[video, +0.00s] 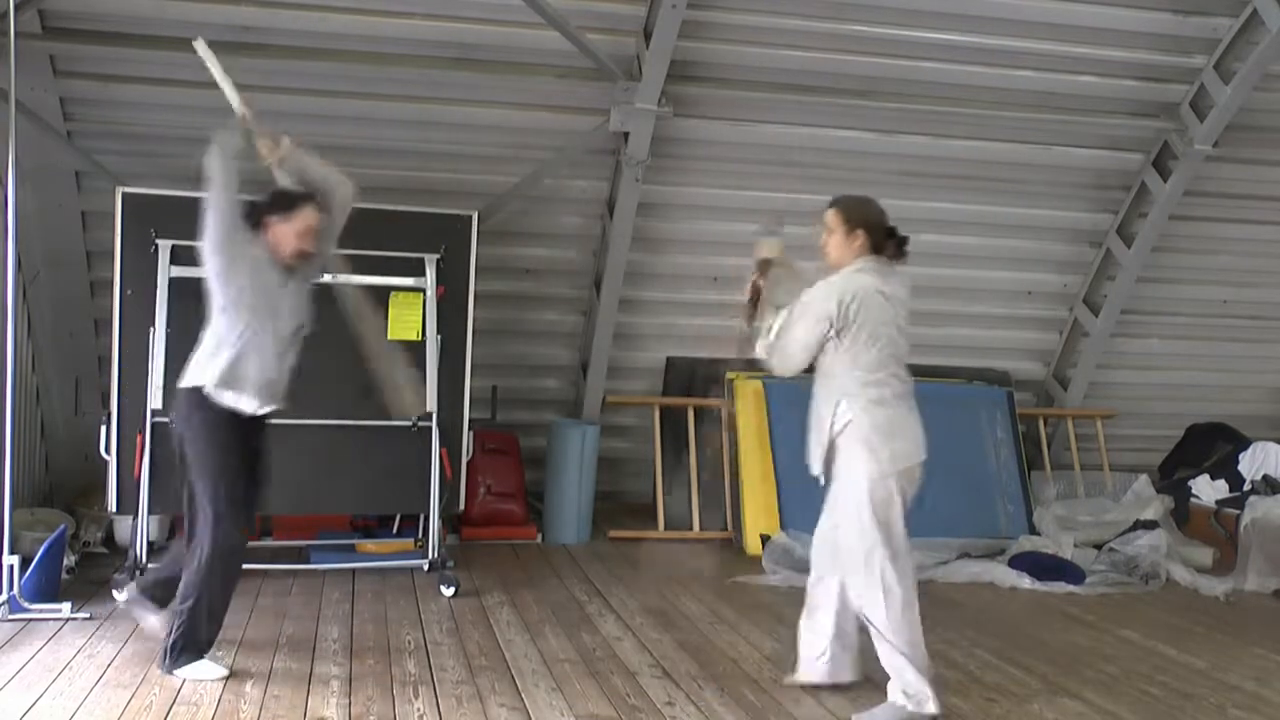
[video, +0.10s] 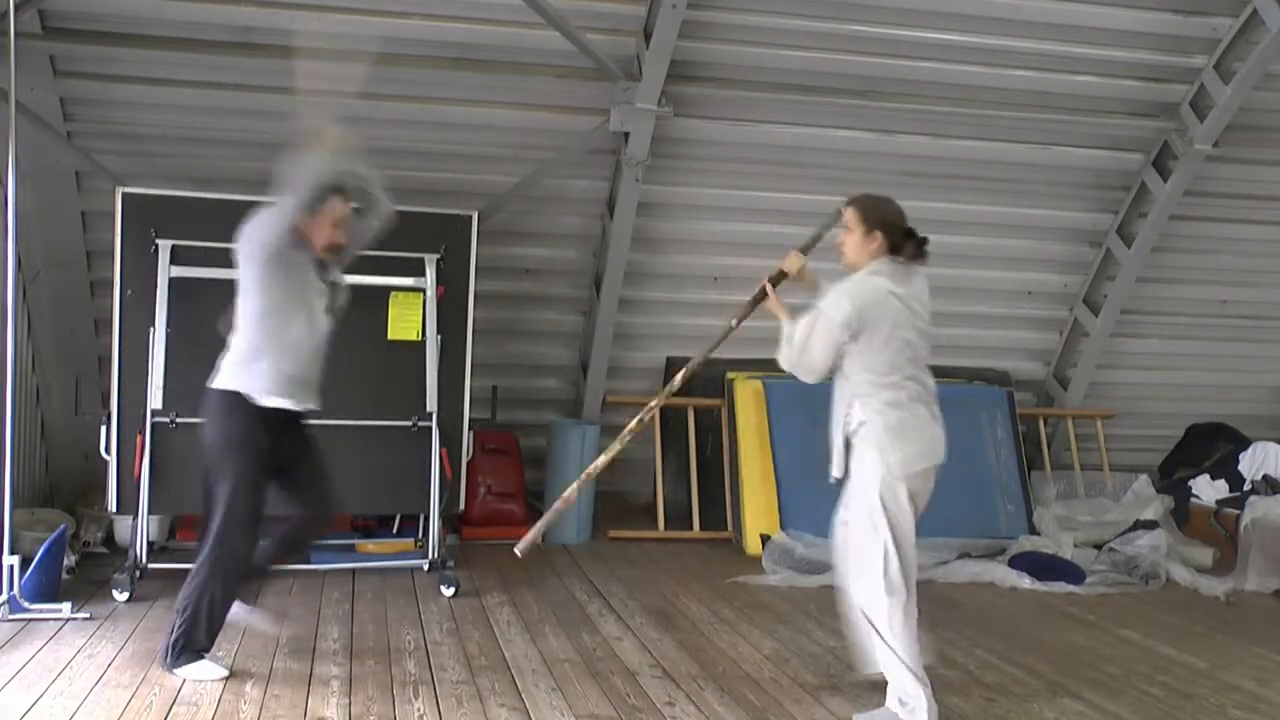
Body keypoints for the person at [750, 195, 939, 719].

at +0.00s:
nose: (822, 242)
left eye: (829, 232)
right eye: (823, 232)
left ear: (857, 239)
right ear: (866, 239)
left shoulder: (834, 290)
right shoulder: (892, 286)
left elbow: (785, 358)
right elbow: (826, 307)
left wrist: (764, 315)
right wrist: (779, 281)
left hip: (865, 447)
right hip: (902, 443)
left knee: (875, 564)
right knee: (830, 549)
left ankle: (914, 694)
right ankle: (826, 663)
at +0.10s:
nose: (840, 240)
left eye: (847, 231)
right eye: (841, 230)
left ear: (874, 239)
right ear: (885, 240)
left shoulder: (855, 293)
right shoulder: (912, 285)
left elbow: (808, 361)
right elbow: (857, 307)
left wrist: (780, 310)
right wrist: (810, 275)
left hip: (881, 449)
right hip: (921, 444)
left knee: (870, 566)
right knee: (890, 558)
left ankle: (909, 701)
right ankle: (903, 665)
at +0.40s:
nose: (897, 243)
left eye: (903, 235)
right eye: (898, 233)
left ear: (931, 240)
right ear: (939, 241)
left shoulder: (902, 289)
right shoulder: (962, 284)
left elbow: (825, 318)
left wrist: (819, 256)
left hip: (917, 451)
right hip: (964, 444)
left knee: (895, 569)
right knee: (959, 552)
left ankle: (909, 701)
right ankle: (988, 658)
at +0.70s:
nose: (953, 248)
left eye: (961, 240)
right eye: (955, 239)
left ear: (987, 248)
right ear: (993, 249)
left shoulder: (965, 289)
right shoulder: (1005, 293)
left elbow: (889, 308)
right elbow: (936, 310)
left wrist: (878, 266)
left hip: (996, 440)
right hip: (1024, 438)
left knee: (966, 561)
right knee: (998, 561)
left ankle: (959, 688)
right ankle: (995, 675)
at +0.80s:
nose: (964, 252)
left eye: (973, 244)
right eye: (967, 243)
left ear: (998, 253)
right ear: (1004, 254)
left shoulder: (981, 294)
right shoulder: (1013, 298)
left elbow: (909, 346)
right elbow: (948, 364)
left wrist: (889, 320)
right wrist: (900, 332)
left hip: (1014, 445)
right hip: (1035, 443)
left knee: (980, 560)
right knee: (989, 559)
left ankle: (1025, 681)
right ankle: (991, 670)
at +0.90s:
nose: (985, 263)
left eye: (994, 257)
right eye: (988, 255)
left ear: (1019, 265)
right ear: (1025, 265)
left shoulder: (1001, 305)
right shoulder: (1034, 310)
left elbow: (944, 359)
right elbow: (985, 391)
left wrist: (915, 343)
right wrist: (932, 371)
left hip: (1039, 457)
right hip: (1018, 458)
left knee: (1031, 574)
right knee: (981, 557)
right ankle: (991, 673)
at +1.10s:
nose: (1022, 282)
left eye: (1025, 272)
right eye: (1020, 272)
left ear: (1051, 268)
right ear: (1062, 268)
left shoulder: (1050, 313)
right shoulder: (1095, 304)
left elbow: (1007, 363)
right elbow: (1034, 364)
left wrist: (968, 391)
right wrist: (984, 391)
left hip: (1117, 454)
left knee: (1127, 577)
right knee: (1057, 555)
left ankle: (1182, 696)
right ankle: (1012, 659)